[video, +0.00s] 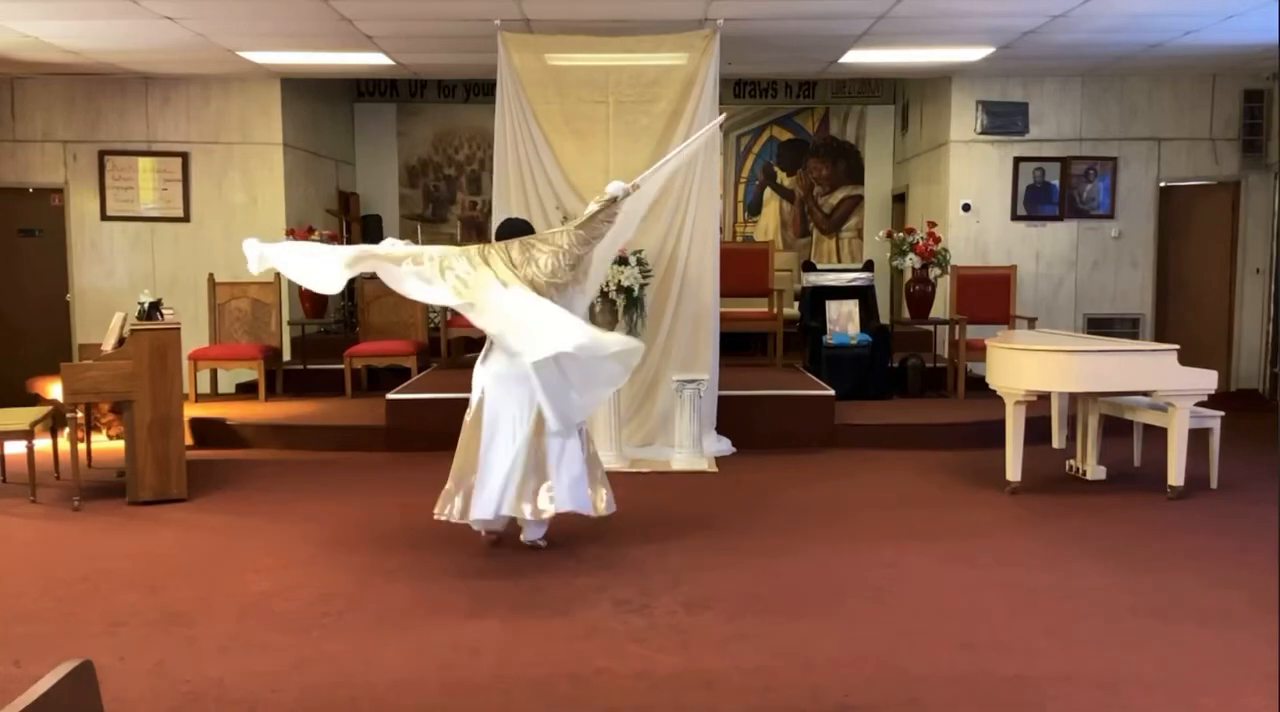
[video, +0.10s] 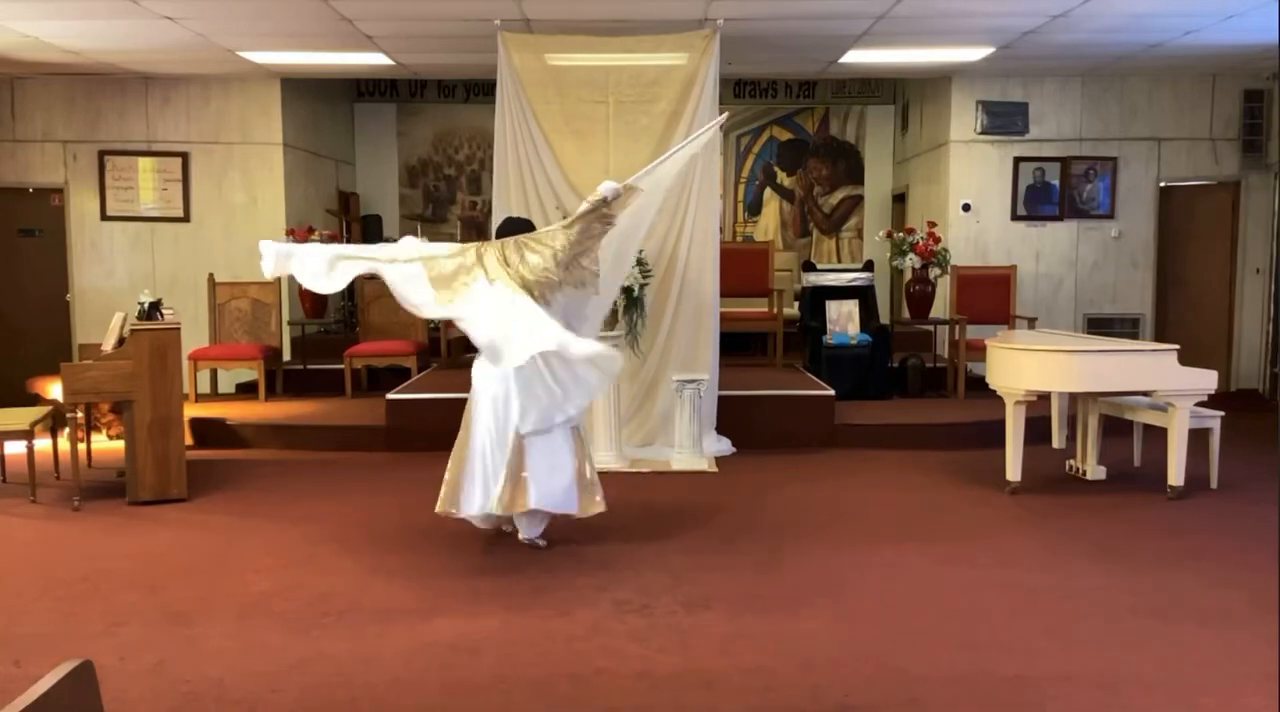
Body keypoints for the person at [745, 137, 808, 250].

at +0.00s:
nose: (777, 158)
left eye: (782, 155)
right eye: (778, 154)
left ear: (795, 157)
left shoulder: (805, 177)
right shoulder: (772, 175)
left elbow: (798, 199)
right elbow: (753, 212)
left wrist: (772, 183)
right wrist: (762, 184)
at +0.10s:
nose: (777, 158)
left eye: (782, 155)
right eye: (778, 154)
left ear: (795, 157)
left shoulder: (805, 177)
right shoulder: (772, 175)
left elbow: (798, 199)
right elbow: (753, 212)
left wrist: (772, 183)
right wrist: (762, 184)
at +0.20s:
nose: (777, 158)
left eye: (782, 155)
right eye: (778, 154)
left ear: (795, 157)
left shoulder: (804, 177)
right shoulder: (772, 175)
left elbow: (798, 199)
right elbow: (753, 211)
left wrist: (772, 183)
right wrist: (762, 183)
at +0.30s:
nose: (777, 158)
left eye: (782, 155)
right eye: (778, 154)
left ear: (795, 157)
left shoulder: (805, 177)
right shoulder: (772, 175)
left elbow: (798, 199)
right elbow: (753, 211)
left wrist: (772, 183)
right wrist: (762, 183)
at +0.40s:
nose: (777, 158)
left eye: (782, 155)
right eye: (777, 154)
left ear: (795, 157)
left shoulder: (805, 177)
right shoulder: (772, 175)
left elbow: (798, 199)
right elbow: (753, 211)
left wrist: (772, 183)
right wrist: (762, 183)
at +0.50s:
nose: (777, 158)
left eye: (782, 155)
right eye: (778, 154)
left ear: (795, 157)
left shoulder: (805, 177)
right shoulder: (772, 175)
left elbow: (798, 199)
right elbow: (753, 211)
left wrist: (772, 183)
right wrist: (762, 183)